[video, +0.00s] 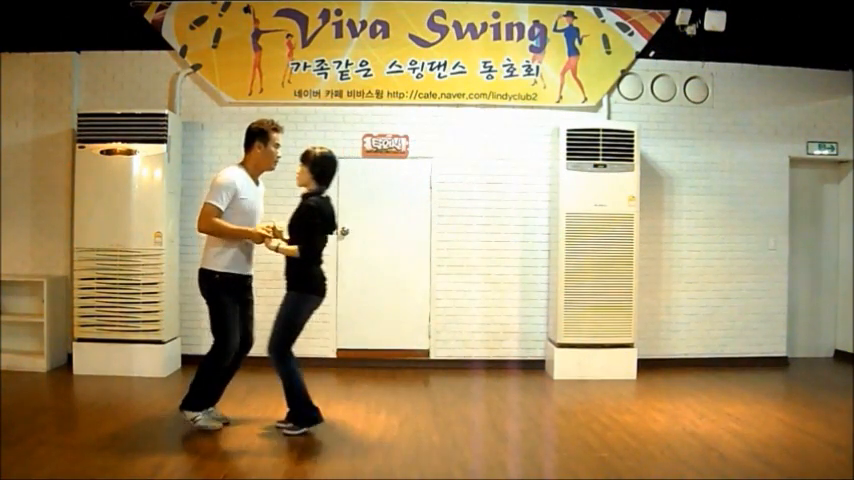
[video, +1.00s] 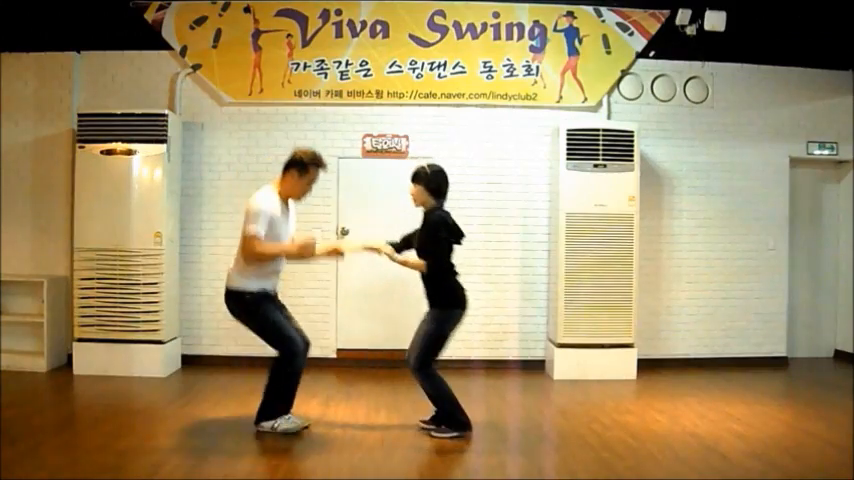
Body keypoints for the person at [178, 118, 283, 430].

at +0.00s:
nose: (278, 154)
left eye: (279, 148)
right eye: (274, 147)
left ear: (259, 149)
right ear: (255, 147)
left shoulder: (257, 185)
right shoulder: (228, 179)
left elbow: (240, 225)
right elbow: (204, 222)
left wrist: (264, 232)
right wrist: (249, 233)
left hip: (241, 276)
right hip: (217, 275)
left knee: (243, 342)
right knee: (227, 342)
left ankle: (206, 404)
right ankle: (193, 405)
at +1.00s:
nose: (310, 190)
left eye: (312, 184)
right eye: (309, 182)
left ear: (295, 176)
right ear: (292, 174)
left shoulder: (286, 205)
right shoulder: (262, 202)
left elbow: (286, 250)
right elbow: (251, 250)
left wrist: (322, 252)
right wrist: (292, 249)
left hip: (264, 293)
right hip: (244, 294)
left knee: (300, 344)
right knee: (293, 346)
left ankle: (277, 413)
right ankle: (269, 417)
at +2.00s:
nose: (307, 146)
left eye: (306, 139)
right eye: (302, 139)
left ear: (289, 143)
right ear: (283, 142)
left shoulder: (293, 185)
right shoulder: (258, 180)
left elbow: (303, 231)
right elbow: (242, 226)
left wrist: (342, 239)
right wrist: (282, 235)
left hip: (283, 273)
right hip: (263, 274)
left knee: (281, 343)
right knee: (265, 346)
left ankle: (283, 405)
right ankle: (259, 425)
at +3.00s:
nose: (237, 161)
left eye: (238, 155)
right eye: (233, 154)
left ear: (221, 156)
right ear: (213, 153)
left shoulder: (227, 194)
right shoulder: (188, 187)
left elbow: (243, 238)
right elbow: (188, 239)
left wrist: (279, 240)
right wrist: (233, 245)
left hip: (208, 281)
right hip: (187, 281)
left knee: (189, 349)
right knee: (220, 345)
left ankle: (150, 405)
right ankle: (241, 419)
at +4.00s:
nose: (261, 148)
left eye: (260, 141)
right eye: (255, 142)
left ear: (241, 148)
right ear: (237, 146)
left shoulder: (239, 185)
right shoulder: (219, 179)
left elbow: (223, 226)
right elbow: (197, 222)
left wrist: (249, 235)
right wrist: (240, 235)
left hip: (222, 277)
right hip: (201, 276)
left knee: (245, 333)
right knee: (198, 346)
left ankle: (202, 396)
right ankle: (172, 412)